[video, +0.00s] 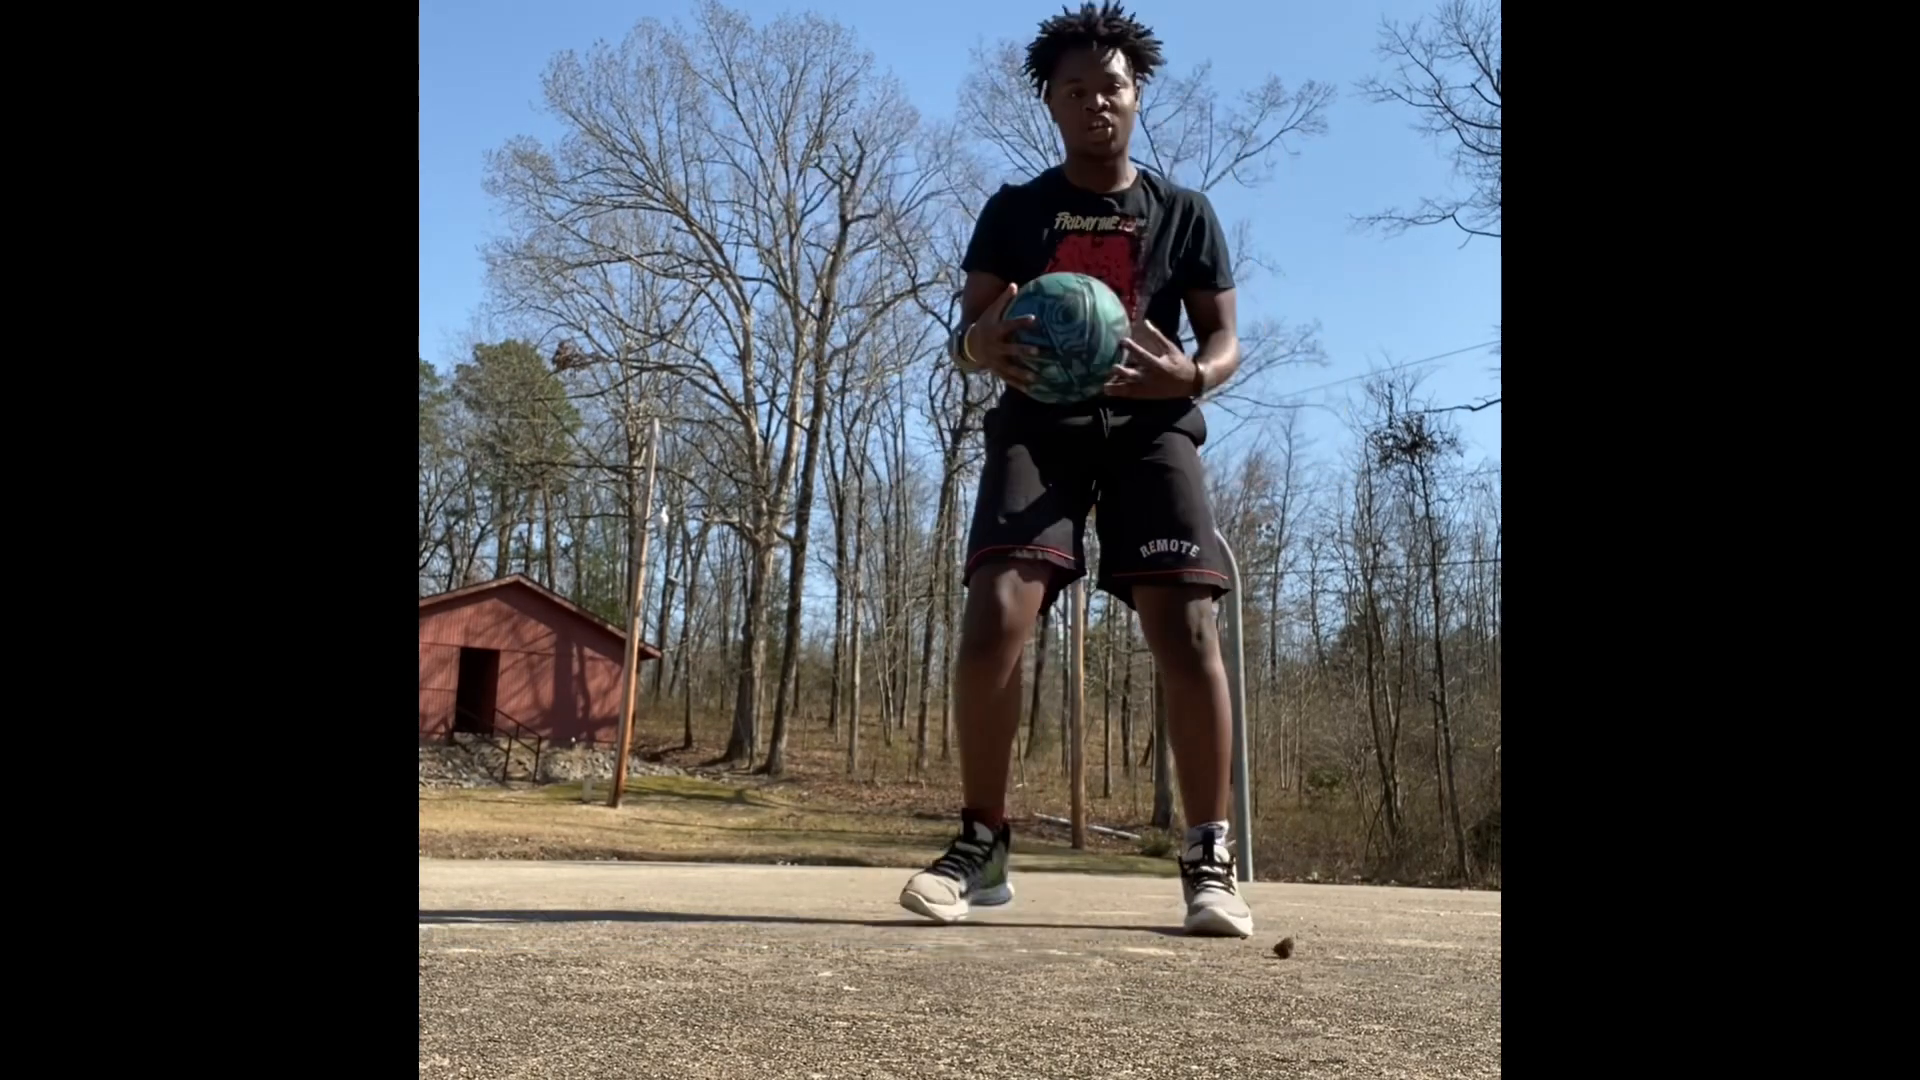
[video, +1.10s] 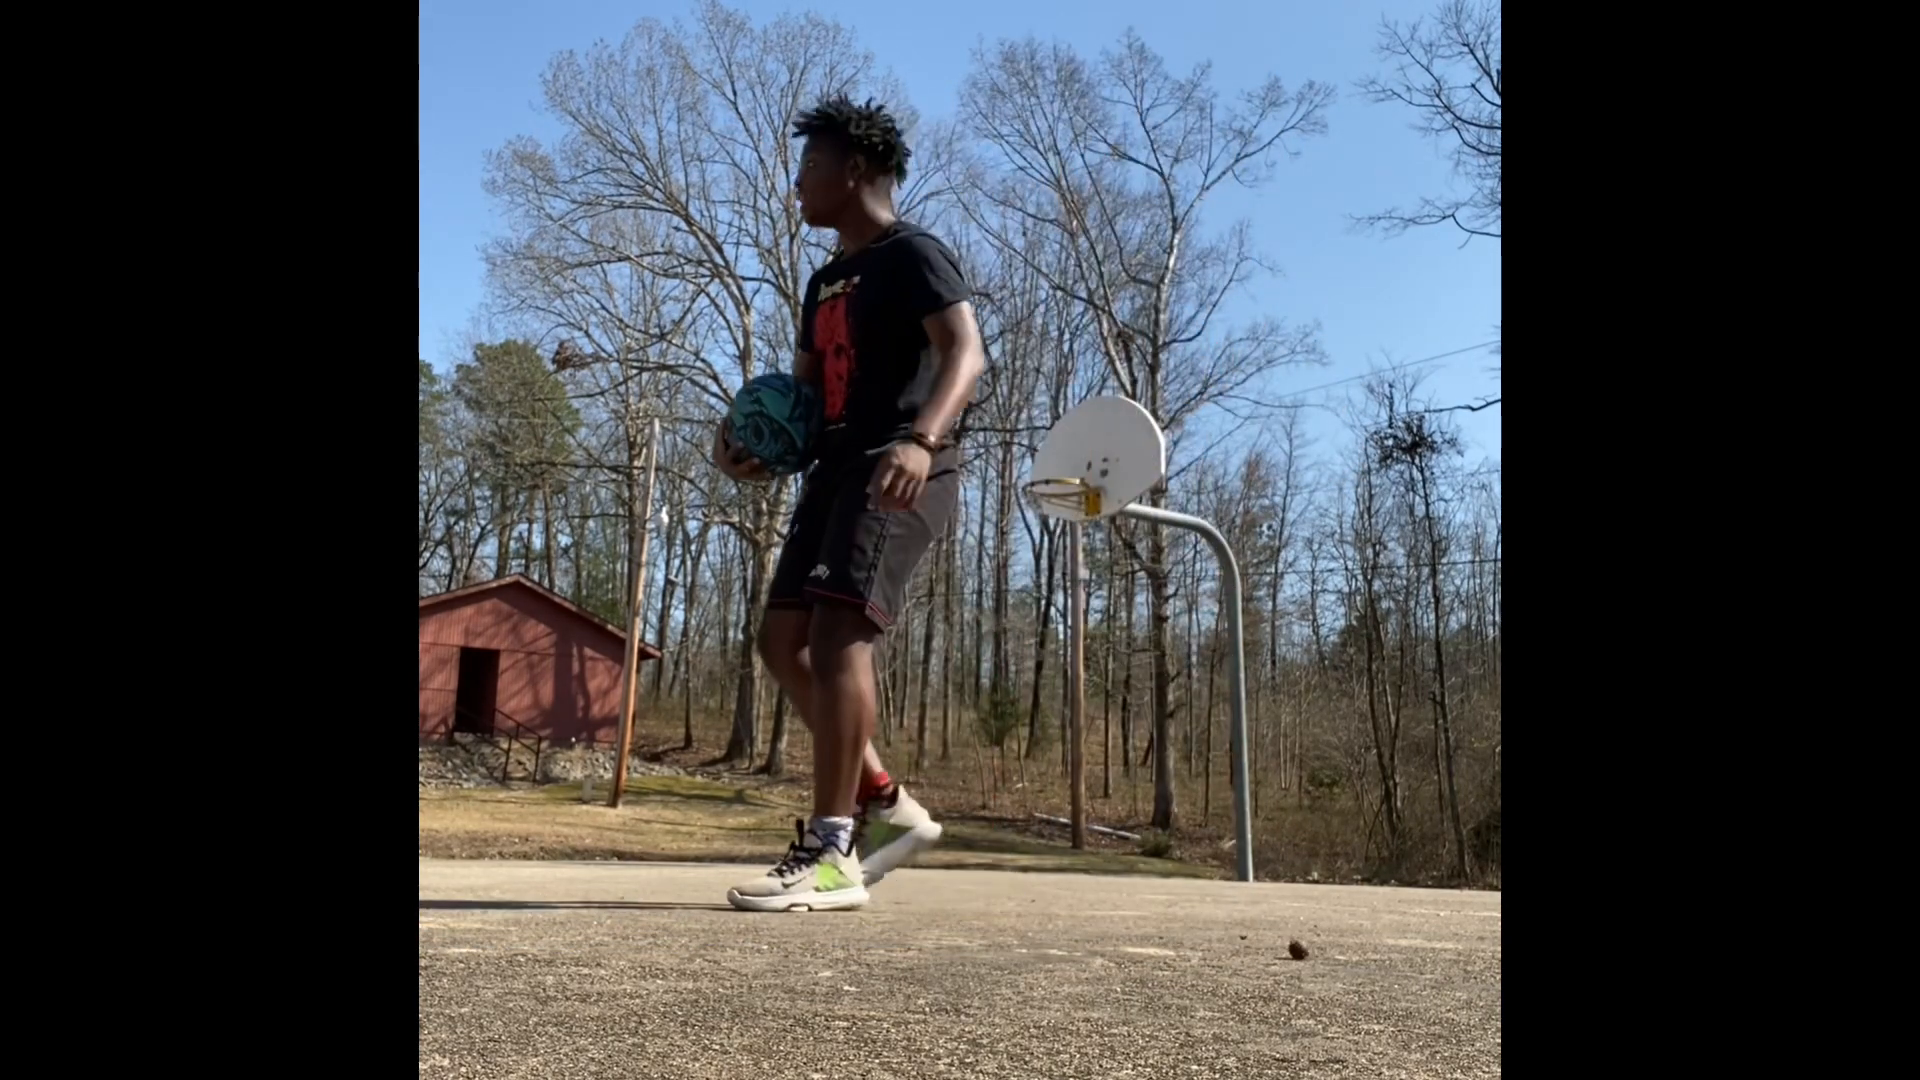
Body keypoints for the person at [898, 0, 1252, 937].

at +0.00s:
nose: (1097, 102)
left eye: (1113, 85)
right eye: (1078, 88)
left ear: (1138, 97)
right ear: (1049, 102)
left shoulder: (1185, 215)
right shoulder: (1014, 210)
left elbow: (1223, 345)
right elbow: (972, 337)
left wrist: (1191, 377)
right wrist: (987, 343)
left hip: (1154, 432)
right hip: (1035, 429)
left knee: (1187, 629)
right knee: (997, 616)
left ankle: (1209, 865)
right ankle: (980, 849)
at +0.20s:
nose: (1024, 156)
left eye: (1037, 140)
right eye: (1005, 146)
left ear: (1063, 147)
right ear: (982, 161)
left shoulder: (1118, 248)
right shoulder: (957, 270)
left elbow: (1187, 359)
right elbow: (918, 398)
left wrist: (1153, 418)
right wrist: (872, 372)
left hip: (1105, 460)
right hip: (994, 473)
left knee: (1164, 641)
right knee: (955, 663)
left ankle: (1209, 863)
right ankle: (978, 848)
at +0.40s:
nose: (953, 187)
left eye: (966, 171)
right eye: (935, 177)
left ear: (993, 177)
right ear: (917, 192)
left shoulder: (1038, 262)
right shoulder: (909, 302)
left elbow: (1091, 378)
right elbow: (882, 408)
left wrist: (1116, 492)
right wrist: (832, 417)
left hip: (1020, 477)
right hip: (934, 486)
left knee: (1054, 636)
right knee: (938, 669)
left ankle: (1127, 846)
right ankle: (979, 859)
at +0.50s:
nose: (928, 181)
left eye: (942, 166)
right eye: (912, 170)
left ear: (971, 173)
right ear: (895, 185)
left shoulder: (1013, 250)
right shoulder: (891, 295)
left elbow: (1070, 357)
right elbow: (875, 405)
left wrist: (1080, 470)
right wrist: (815, 424)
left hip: (1002, 466)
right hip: (923, 473)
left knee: (994, 628)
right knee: (939, 653)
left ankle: (1022, 849)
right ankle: (973, 854)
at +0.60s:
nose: (909, 184)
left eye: (923, 170)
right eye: (894, 174)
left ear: (950, 179)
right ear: (876, 190)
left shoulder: (988, 249)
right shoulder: (875, 300)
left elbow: (1049, 352)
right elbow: (858, 406)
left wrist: (1063, 457)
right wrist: (801, 434)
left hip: (991, 460)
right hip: (917, 469)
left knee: (934, 628)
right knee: (937, 645)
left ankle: (932, 849)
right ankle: (982, 853)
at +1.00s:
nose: (827, 185)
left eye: (844, 169)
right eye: (819, 173)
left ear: (887, 175)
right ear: (814, 184)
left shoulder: (916, 254)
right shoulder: (823, 287)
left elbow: (975, 317)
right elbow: (807, 399)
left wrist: (994, 390)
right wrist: (753, 441)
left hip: (914, 462)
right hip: (849, 470)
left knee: (844, 638)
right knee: (807, 650)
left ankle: (828, 852)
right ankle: (934, 808)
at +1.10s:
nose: (796, 178)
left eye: (808, 162)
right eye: (801, 162)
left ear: (854, 170)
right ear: (849, 173)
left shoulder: (915, 253)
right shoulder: (827, 280)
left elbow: (966, 354)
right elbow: (810, 389)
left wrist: (923, 439)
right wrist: (750, 442)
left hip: (897, 464)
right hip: (837, 467)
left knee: (842, 638)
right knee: (781, 638)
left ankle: (831, 856)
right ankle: (888, 805)